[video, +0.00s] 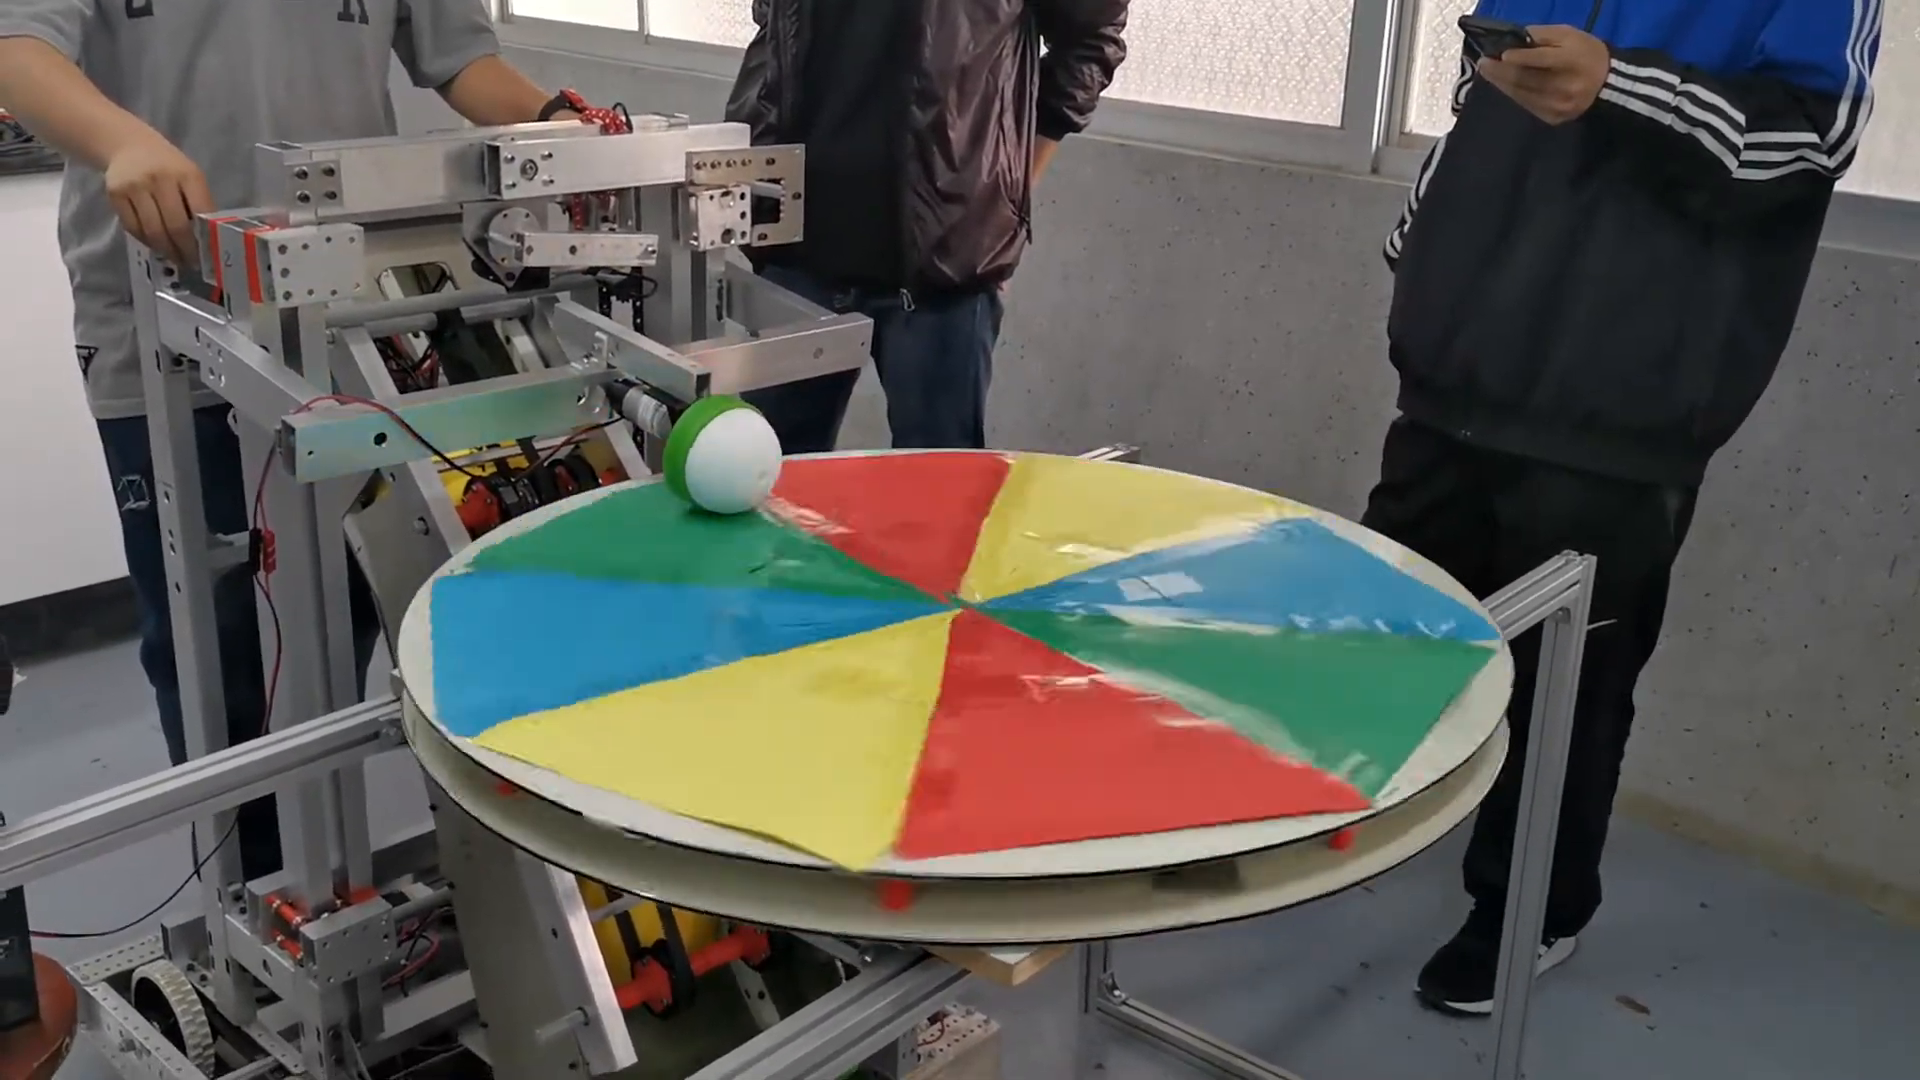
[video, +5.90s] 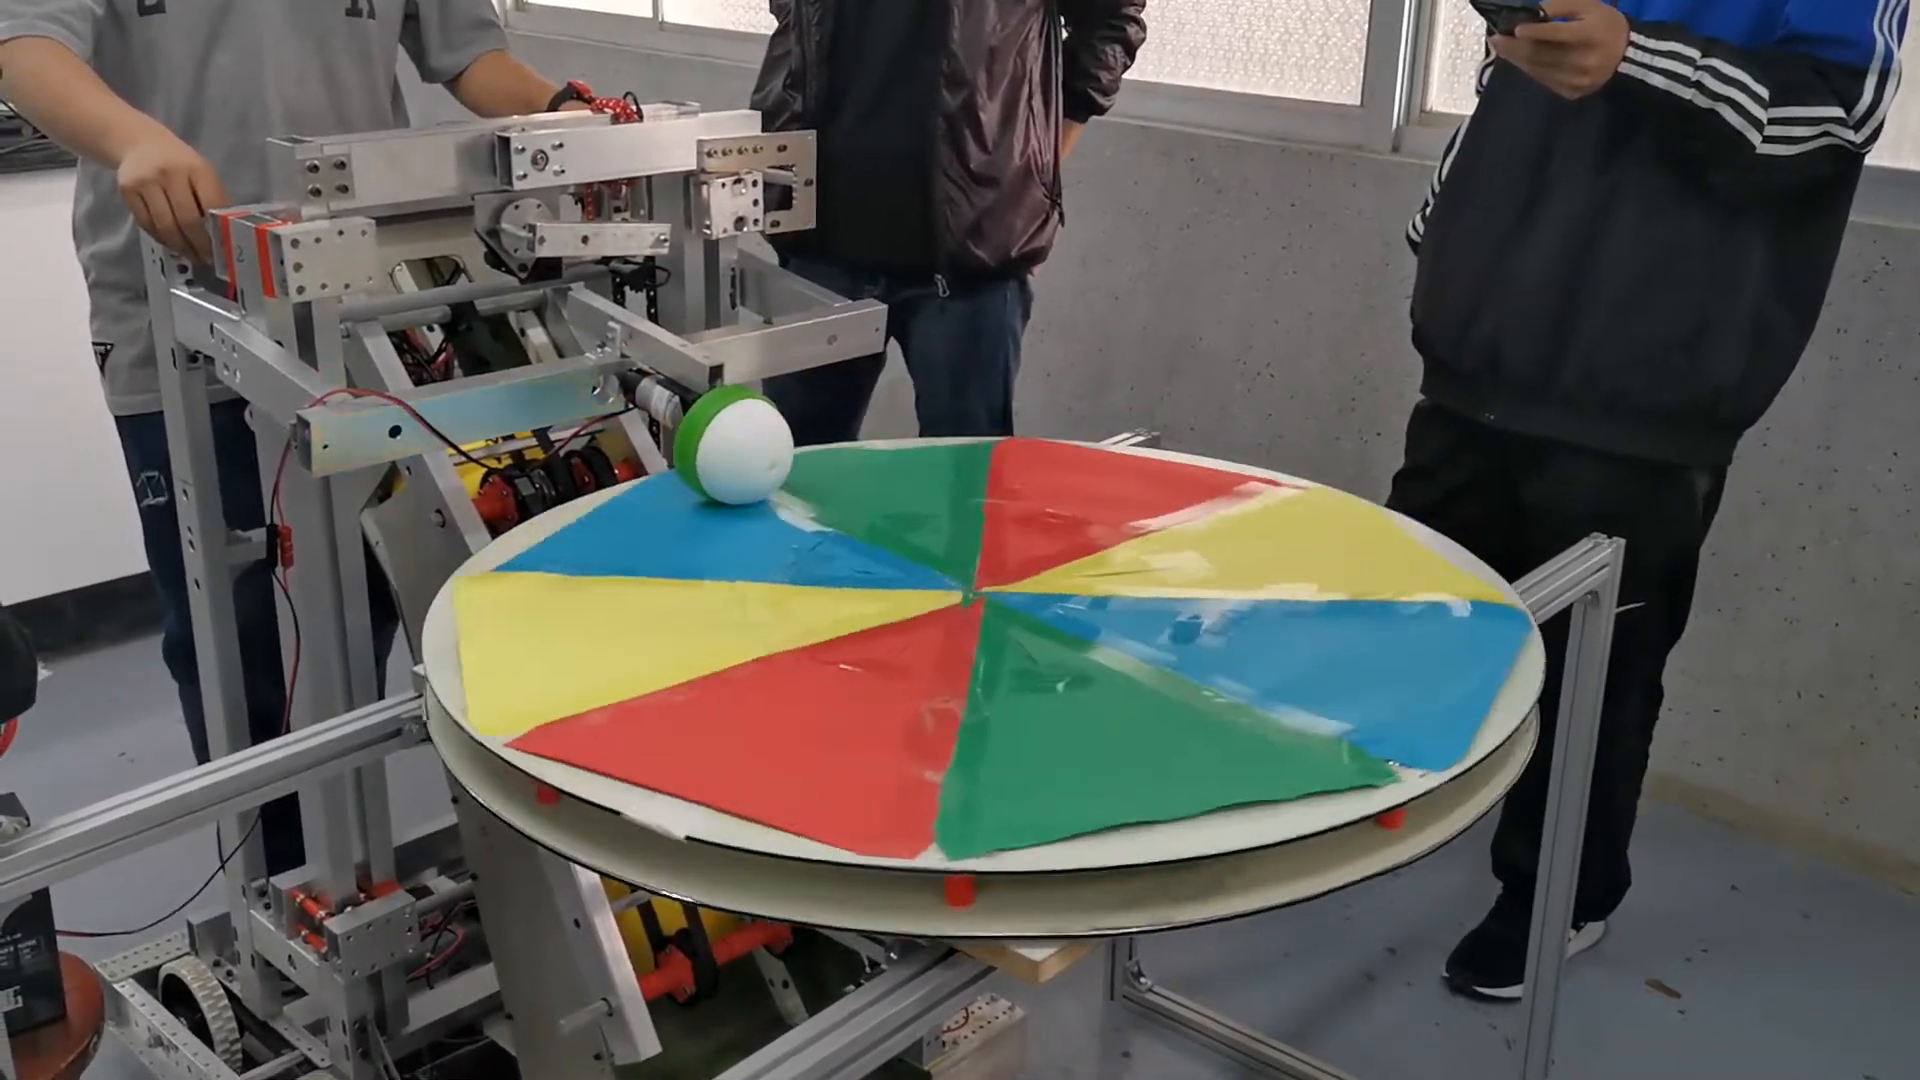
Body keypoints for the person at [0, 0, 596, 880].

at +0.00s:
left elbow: (453, 50)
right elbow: (18, 48)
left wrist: (559, 122)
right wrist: (119, 138)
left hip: (347, 323)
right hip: (162, 329)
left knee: (349, 608)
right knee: (206, 643)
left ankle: (337, 862)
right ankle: (253, 891)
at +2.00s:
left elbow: (452, 51)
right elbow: (18, 50)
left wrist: (556, 122)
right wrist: (118, 140)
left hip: (346, 324)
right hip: (163, 335)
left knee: (353, 611)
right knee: (211, 642)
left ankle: (347, 862)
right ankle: (258, 889)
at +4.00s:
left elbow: (461, 46)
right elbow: (23, 45)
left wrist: (559, 115)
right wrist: (123, 137)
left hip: (348, 314)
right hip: (167, 323)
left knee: (353, 600)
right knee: (214, 628)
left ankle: (346, 847)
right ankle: (262, 877)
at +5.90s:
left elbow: (463, 44)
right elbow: (24, 43)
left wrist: (558, 111)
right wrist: (131, 139)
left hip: (357, 310)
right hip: (179, 321)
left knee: (360, 601)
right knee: (226, 631)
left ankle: (349, 857)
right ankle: (275, 885)